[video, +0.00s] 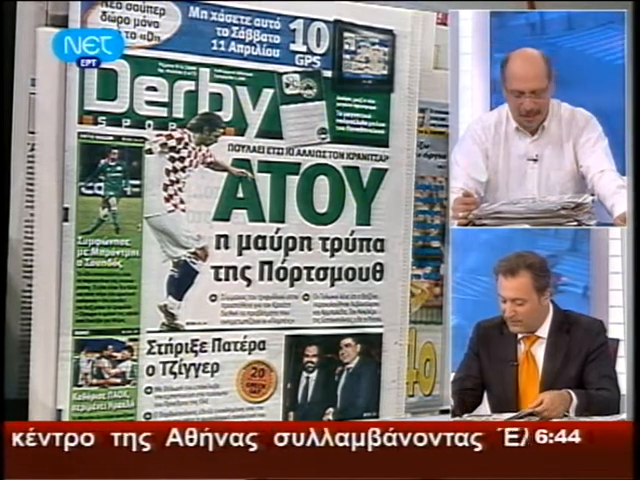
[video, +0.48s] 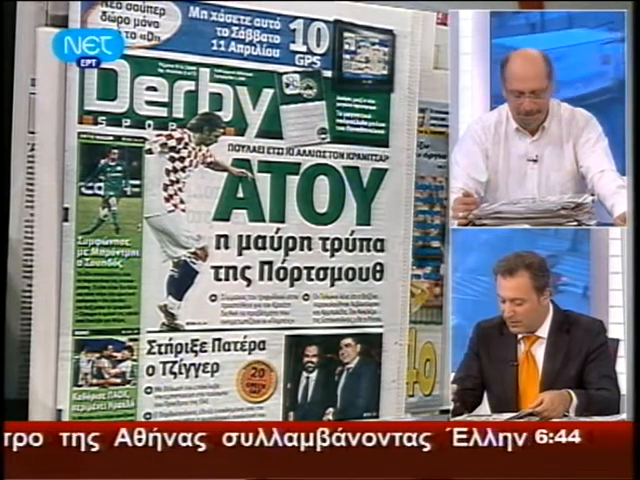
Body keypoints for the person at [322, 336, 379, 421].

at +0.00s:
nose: (343, 351)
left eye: (347, 346)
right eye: (341, 348)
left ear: (358, 348)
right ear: (339, 351)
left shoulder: (367, 368)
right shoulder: (341, 371)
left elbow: (361, 407)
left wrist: (335, 416)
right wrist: (332, 410)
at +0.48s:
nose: (343, 351)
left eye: (347, 346)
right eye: (341, 348)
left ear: (358, 348)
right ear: (339, 351)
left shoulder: (367, 368)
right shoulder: (341, 371)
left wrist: (335, 416)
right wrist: (331, 410)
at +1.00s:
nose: (343, 351)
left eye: (347, 346)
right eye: (341, 348)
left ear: (358, 348)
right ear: (339, 351)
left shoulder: (367, 367)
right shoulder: (341, 371)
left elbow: (361, 407)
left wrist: (335, 416)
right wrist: (332, 410)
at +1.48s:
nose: (343, 351)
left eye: (347, 346)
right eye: (341, 348)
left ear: (358, 348)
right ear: (339, 351)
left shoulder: (367, 367)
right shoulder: (341, 371)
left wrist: (335, 416)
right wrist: (331, 410)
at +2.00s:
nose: (343, 351)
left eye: (347, 346)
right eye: (341, 348)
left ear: (358, 348)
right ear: (339, 351)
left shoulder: (367, 367)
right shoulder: (341, 371)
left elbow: (361, 406)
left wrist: (335, 416)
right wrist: (331, 410)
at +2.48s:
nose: (343, 351)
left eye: (347, 346)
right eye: (341, 348)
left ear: (358, 348)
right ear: (339, 351)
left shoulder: (367, 368)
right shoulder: (341, 371)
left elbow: (361, 407)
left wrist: (335, 416)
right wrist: (332, 410)